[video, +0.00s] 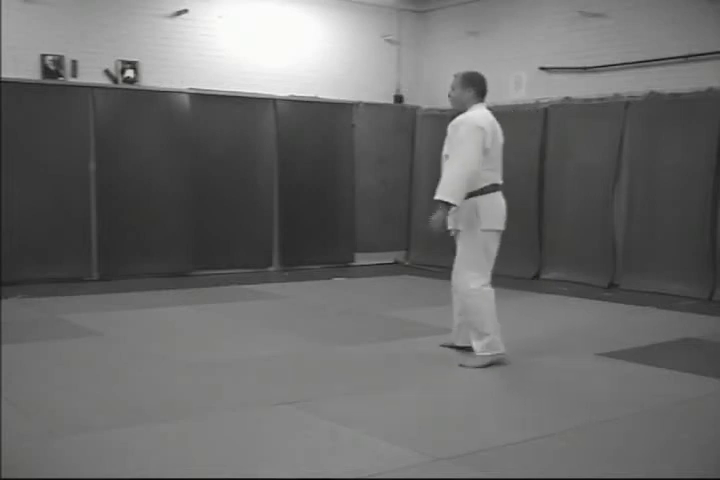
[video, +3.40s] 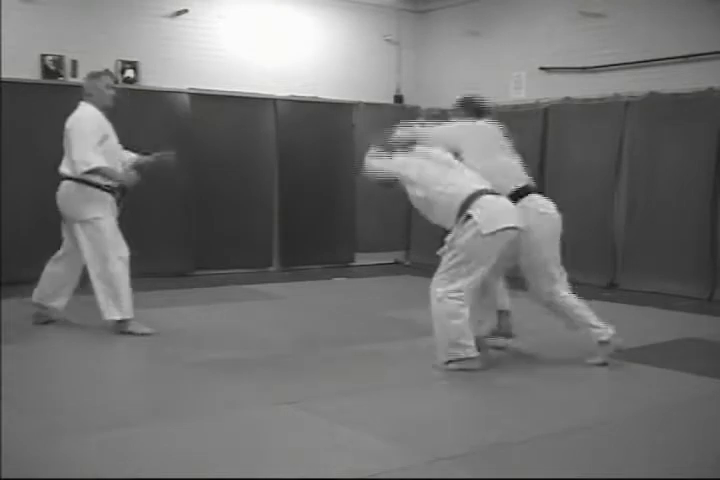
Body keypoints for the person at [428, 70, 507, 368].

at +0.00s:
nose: (449, 94)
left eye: (454, 89)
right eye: (450, 89)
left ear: (471, 93)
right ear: (475, 93)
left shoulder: (470, 122)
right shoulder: (482, 119)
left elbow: (463, 166)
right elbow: (469, 168)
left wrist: (443, 205)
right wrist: (454, 211)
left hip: (479, 207)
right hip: (478, 206)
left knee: (471, 278)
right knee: (463, 276)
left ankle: (490, 349)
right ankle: (465, 338)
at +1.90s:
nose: (418, 122)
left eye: (423, 116)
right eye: (419, 116)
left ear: (440, 120)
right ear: (442, 121)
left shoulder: (453, 150)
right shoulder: (455, 146)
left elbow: (447, 199)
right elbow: (449, 200)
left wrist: (424, 243)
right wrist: (428, 236)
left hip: (485, 229)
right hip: (472, 228)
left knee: (459, 290)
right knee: (440, 273)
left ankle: (490, 352)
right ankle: (447, 337)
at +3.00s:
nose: (387, 153)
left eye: (391, 147)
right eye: (389, 147)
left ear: (407, 147)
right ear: (415, 148)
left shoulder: (426, 173)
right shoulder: (443, 163)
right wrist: (448, 253)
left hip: (488, 230)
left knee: (443, 288)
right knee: (433, 276)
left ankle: (473, 353)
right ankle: (454, 335)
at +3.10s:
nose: (389, 160)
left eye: (383, 153)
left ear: (392, 142)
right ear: (417, 143)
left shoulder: (426, 170)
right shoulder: (448, 161)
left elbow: (436, 192)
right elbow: (482, 188)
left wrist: (397, 171)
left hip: (472, 240)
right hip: (487, 233)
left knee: (436, 301)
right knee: (433, 275)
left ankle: (473, 354)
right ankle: (449, 333)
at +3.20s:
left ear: (413, 126)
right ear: (435, 125)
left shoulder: (412, 148)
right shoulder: (449, 146)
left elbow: (375, 130)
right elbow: (433, 124)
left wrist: (367, 103)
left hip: (464, 227)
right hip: (487, 222)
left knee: (433, 295)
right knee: (446, 287)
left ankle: (472, 348)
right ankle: (457, 334)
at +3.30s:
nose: (405, 124)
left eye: (406, 121)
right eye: (406, 120)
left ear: (413, 126)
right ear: (429, 124)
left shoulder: (410, 143)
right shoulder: (444, 145)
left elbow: (375, 124)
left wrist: (368, 106)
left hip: (472, 219)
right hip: (498, 214)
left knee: (439, 288)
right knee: (503, 275)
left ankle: (466, 351)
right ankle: (516, 332)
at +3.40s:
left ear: (402, 153)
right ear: (419, 146)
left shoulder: (407, 163)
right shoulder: (443, 157)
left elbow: (371, 166)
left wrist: (374, 151)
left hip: (481, 218)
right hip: (509, 213)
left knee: (446, 287)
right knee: (486, 276)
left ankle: (461, 354)